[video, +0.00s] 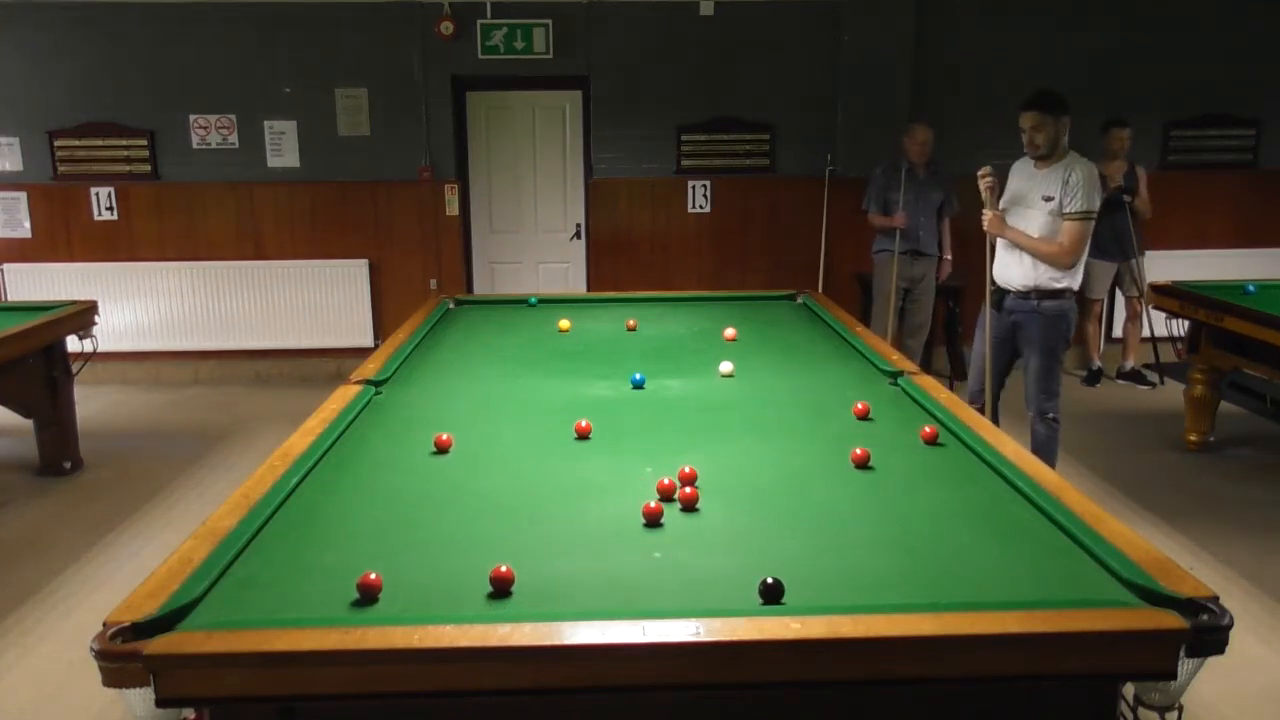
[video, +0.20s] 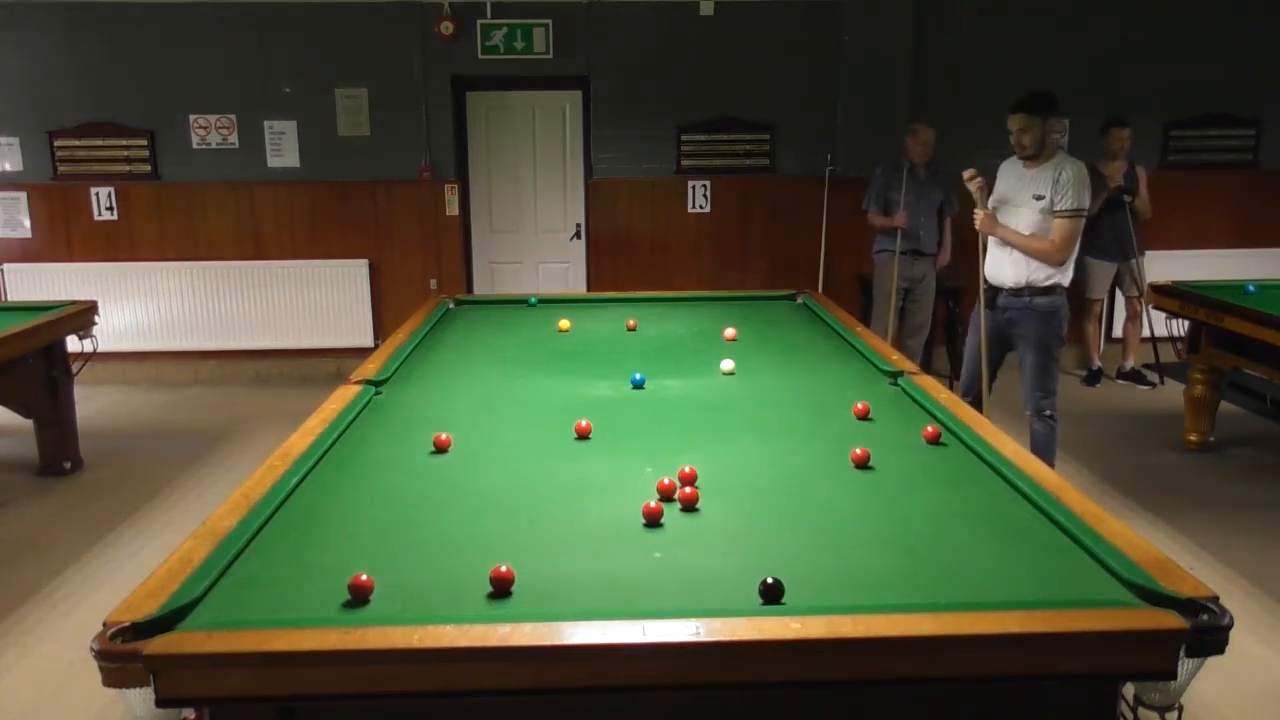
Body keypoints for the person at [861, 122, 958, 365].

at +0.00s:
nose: (922, 149)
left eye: (926, 144)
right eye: (917, 143)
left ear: (932, 147)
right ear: (906, 143)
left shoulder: (937, 177)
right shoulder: (886, 174)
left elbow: (944, 219)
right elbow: (873, 218)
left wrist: (947, 256)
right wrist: (891, 222)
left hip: (927, 258)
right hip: (891, 256)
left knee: (918, 327)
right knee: (884, 324)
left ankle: (907, 382)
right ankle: (877, 378)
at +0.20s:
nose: (923, 150)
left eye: (927, 145)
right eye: (918, 144)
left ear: (933, 147)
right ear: (907, 143)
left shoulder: (937, 178)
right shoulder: (887, 173)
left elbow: (946, 216)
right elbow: (872, 217)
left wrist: (946, 249)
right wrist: (891, 222)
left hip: (926, 260)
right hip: (891, 257)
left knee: (918, 329)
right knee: (884, 325)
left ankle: (907, 383)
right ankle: (877, 380)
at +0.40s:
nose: (927, 150)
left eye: (931, 145)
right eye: (923, 144)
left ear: (936, 147)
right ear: (909, 143)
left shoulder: (939, 178)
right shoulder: (888, 174)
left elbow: (947, 214)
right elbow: (873, 217)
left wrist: (947, 245)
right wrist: (893, 222)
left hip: (926, 261)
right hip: (892, 259)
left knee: (918, 331)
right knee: (884, 326)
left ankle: (908, 385)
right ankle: (878, 383)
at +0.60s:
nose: (932, 149)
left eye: (935, 144)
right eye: (928, 143)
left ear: (937, 147)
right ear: (912, 142)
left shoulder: (934, 178)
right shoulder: (889, 173)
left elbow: (945, 216)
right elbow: (873, 217)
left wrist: (945, 247)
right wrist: (897, 222)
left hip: (926, 261)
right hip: (892, 259)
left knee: (918, 331)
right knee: (885, 327)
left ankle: (909, 386)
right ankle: (877, 383)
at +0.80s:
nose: (932, 152)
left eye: (935, 146)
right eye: (928, 146)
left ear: (938, 148)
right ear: (913, 143)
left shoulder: (937, 177)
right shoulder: (890, 173)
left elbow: (944, 218)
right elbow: (874, 216)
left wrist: (933, 221)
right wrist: (901, 222)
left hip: (927, 259)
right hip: (893, 257)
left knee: (918, 332)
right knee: (885, 326)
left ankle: (909, 386)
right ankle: (877, 381)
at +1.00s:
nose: (934, 152)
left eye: (936, 147)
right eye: (930, 146)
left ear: (937, 149)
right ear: (915, 143)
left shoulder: (935, 177)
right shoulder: (891, 172)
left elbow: (942, 216)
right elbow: (875, 217)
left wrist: (928, 224)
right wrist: (906, 222)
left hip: (924, 259)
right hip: (892, 257)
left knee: (917, 331)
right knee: (885, 326)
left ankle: (908, 386)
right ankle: (877, 382)